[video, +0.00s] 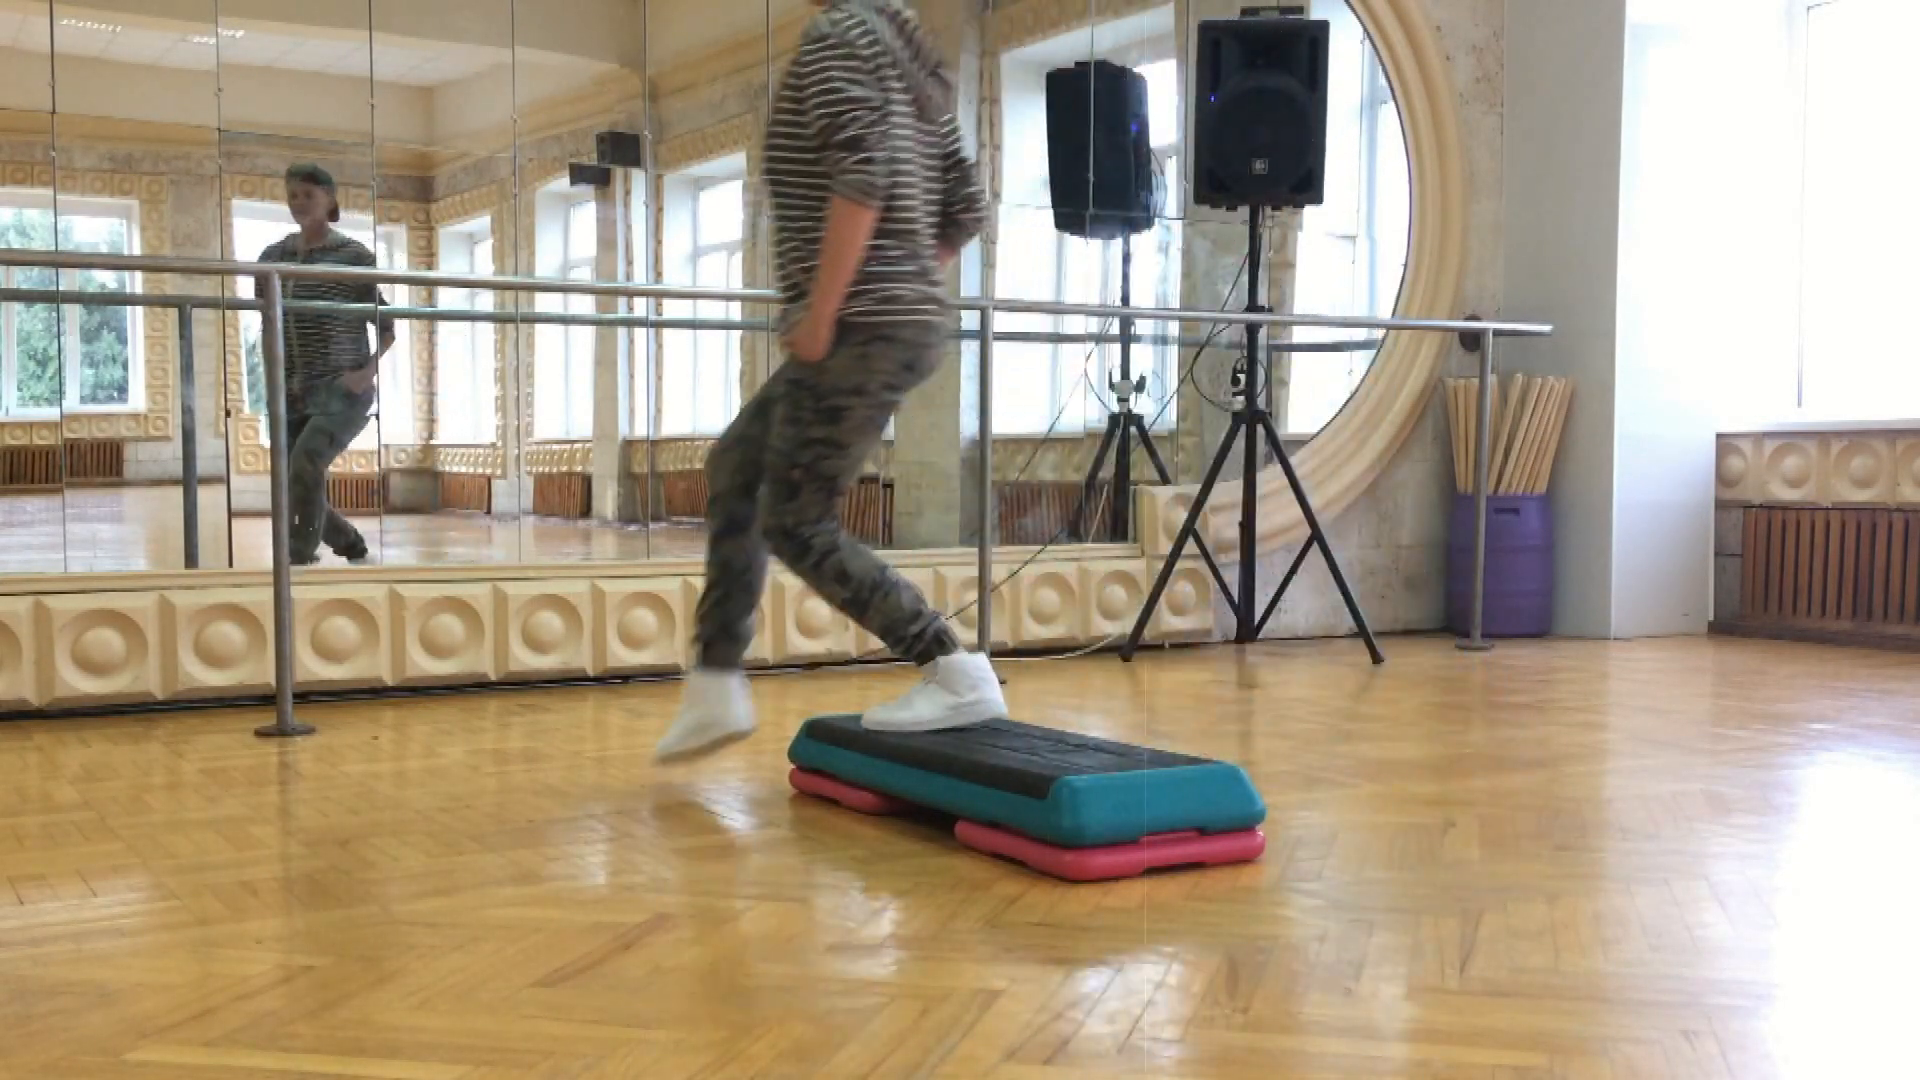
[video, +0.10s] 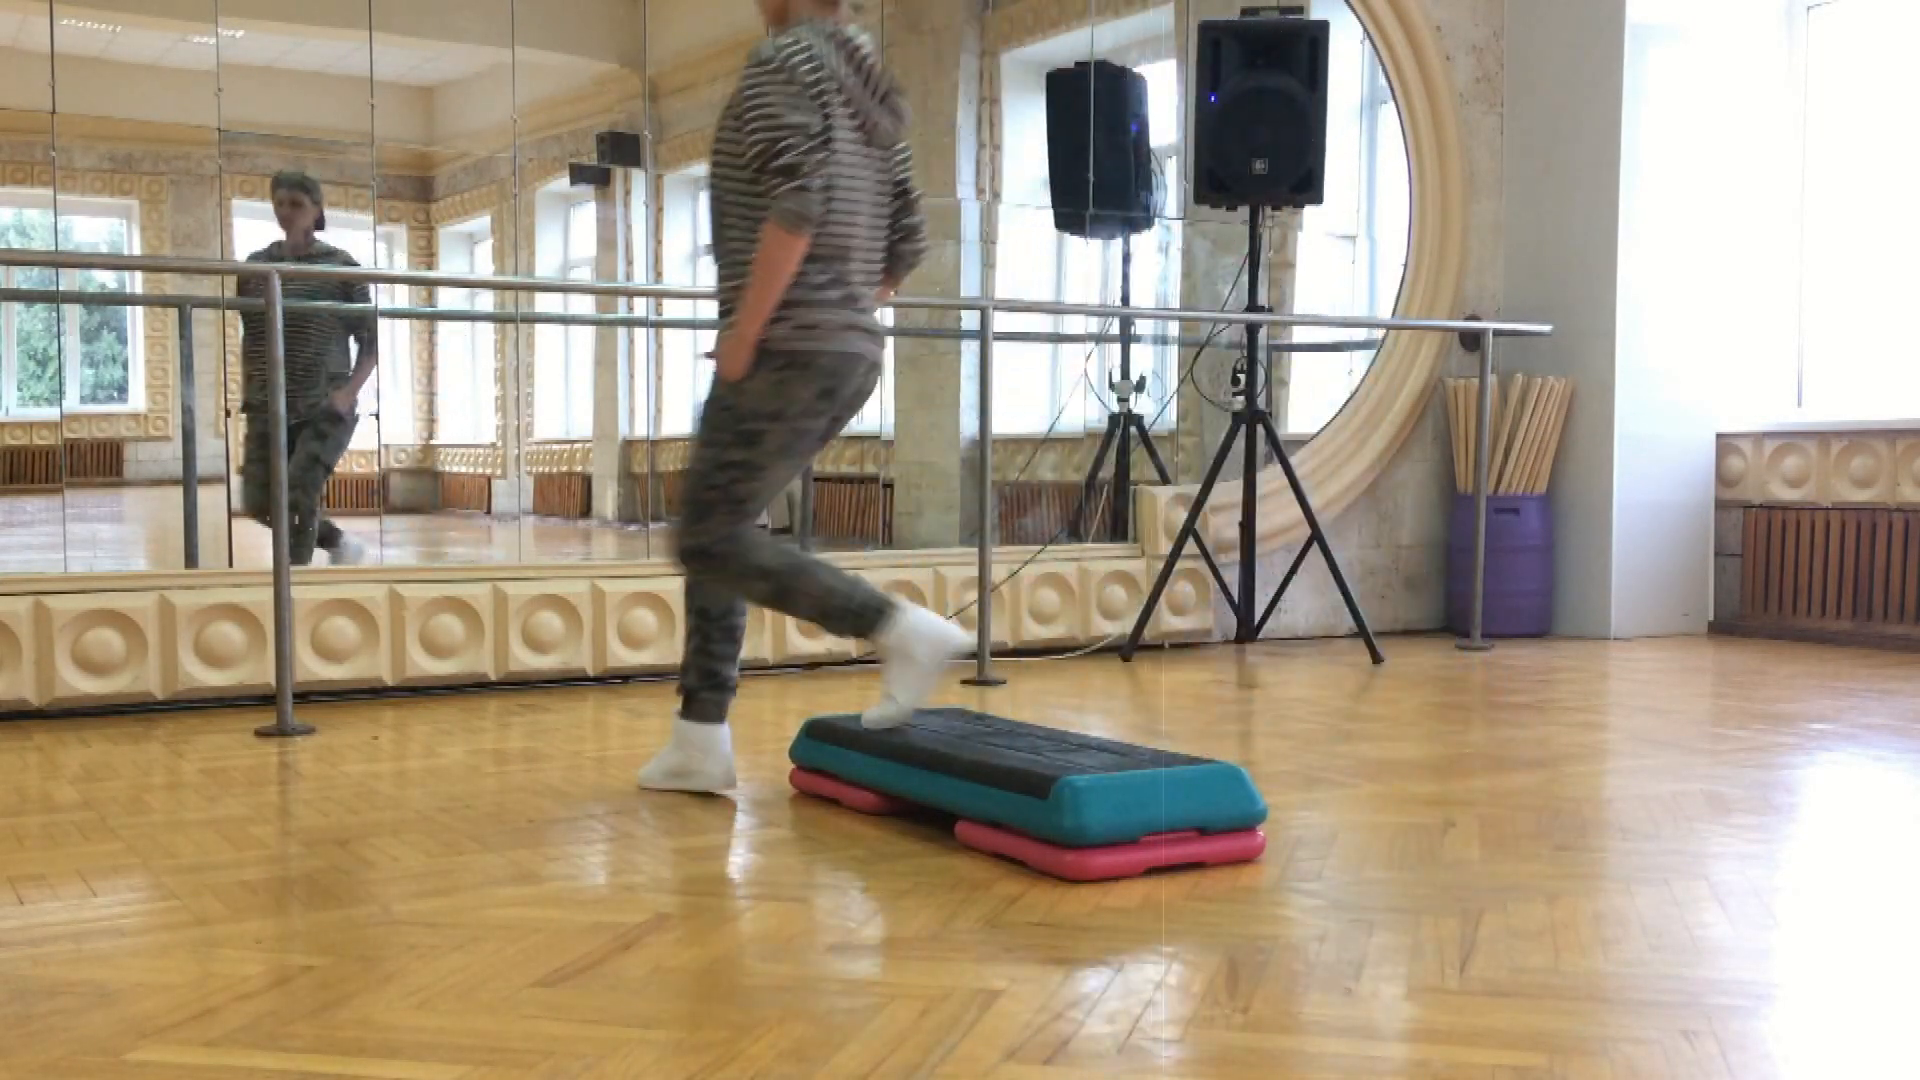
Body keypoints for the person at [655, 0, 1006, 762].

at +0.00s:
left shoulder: (837, 35)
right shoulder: (909, 47)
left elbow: (866, 178)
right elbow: (965, 207)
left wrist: (819, 314)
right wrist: (897, 283)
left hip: (867, 322)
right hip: (908, 320)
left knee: (792, 520)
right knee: (737, 464)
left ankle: (955, 671)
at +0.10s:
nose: (760, 9)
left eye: (763, 2)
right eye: (766, 4)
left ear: (777, 2)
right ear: (835, 7)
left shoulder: (784, 63)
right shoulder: (865, 84)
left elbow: (799, 200)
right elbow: (906, 242)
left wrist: (743, 329)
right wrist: (832, 309)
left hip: (796, 345)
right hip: (847, 348)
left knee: (706, 536)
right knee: (718, 532)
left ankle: (906, 633)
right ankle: (701, 736)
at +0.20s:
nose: (715, 14)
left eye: (717, 7)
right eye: (720, 7)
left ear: (733, 10)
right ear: (795, 17)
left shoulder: (725, 89)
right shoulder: (836, 107)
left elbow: (732, 234)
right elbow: (875, 266)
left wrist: (676, 359)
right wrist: (817, 345)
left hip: (740, 368)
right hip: (818, 378)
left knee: (601, 524)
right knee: (689, 535)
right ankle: (701, 738)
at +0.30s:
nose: (673, 21)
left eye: (675, 12)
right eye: (682, 13)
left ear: (686, 16)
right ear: (761, 22)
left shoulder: (664, 100)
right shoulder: (809, 113)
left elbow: (667, 245)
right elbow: (854, 266)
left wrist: (627, 358)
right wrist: (804, 358)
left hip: (695, 369)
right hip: (790, 382)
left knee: (562, 516)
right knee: (680, 537)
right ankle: (703, 741)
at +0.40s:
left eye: (661, 21)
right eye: (712, 26)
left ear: (654, 20)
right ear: (731, 25)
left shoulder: (612, 96)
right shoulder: (783, 105)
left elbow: (590, 230)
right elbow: (819, 247)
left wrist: (582, 349)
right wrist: (794, 361)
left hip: (647, 357)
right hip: (762, 370)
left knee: (558, 548)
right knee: (692, 541)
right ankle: (703, 740)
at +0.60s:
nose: (727, 22)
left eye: (725, 16)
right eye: (724, 14)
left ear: (636, 21)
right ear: (704, 12)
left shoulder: (574, 107)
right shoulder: (710, 73)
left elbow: (509, 223)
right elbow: (692, 189)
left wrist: (545, 336)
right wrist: (739, 331)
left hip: (568, 354)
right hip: (668, 350)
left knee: (552, 571)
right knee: (775, 516)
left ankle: (435, 763)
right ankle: (682, 709)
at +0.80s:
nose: (785, 8)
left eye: (785, 1)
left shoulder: (664, 58)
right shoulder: (715, 48)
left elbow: (610, 230)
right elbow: (633, 171)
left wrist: (640, 320)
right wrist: (715, 309)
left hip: (629, 347)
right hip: (685, 345)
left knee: (602, 569)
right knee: (822, 533)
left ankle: (443, 756)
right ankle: (780, 778)